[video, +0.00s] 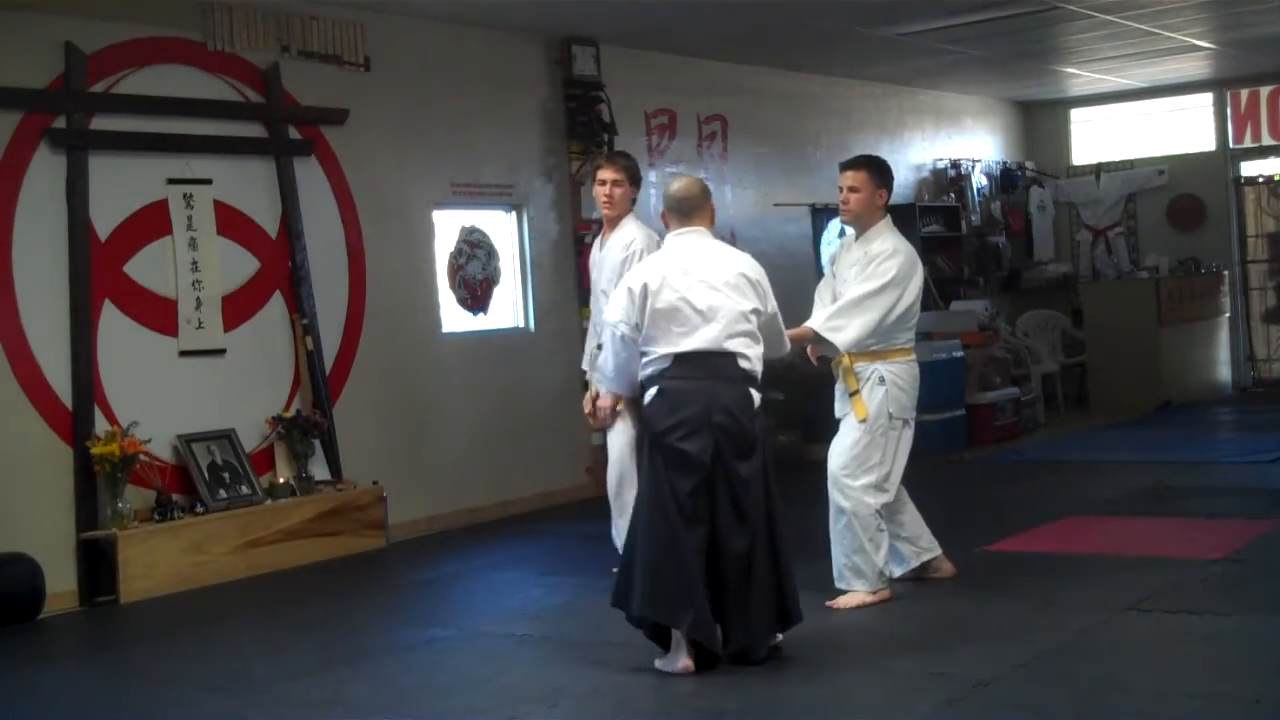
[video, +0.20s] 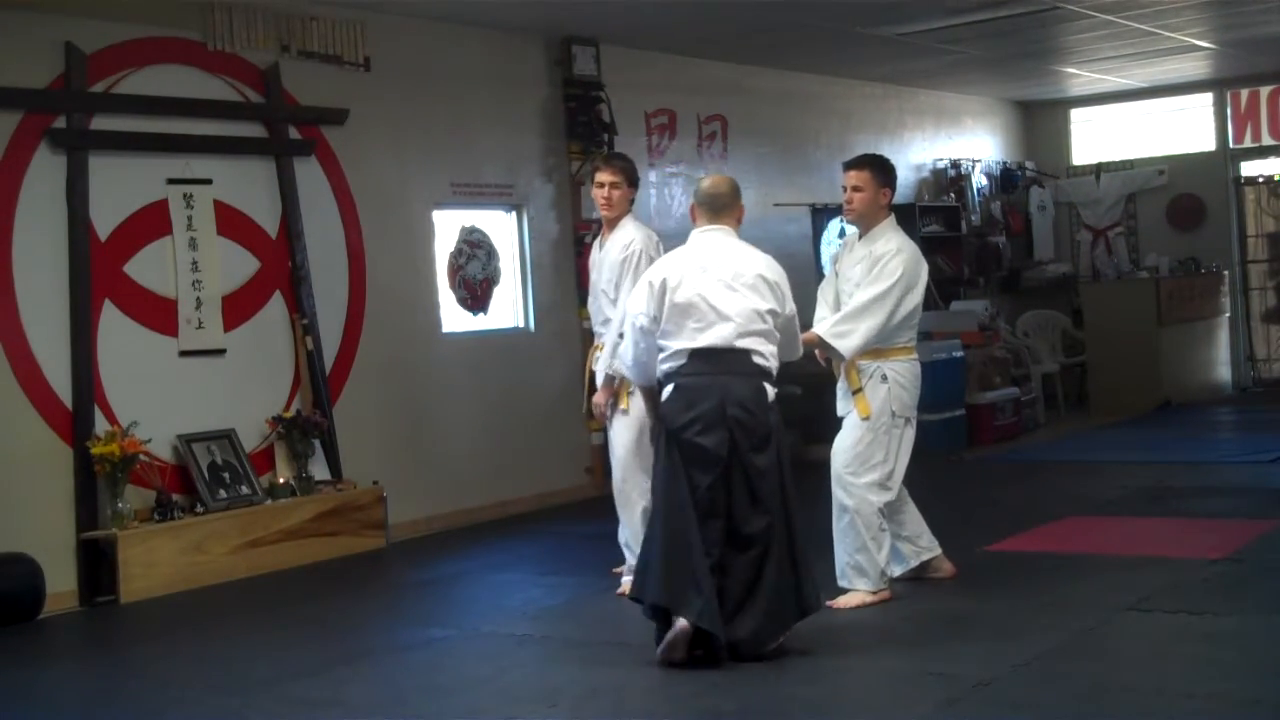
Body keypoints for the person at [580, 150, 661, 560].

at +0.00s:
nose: (607, 192)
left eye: (617, 184)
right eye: (601, 183)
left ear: (633, 191)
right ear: (592, 190)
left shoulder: (639, 240)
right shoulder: (602, 239)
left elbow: (634, 322)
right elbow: (597, 315)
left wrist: (614, 386)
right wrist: (591, 379)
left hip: (634, 379)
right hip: (612, 377)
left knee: (627, 476)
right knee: (621, 475)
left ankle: (635, 562)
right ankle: (628, 558)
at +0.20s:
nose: (605, 194)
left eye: (615, 186)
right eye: (599, 186)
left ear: (632, 193)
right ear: (591, 192)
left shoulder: (637, 242)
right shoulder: (602, 241)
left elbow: (633, 321)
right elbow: (604, 312)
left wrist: (608, 382)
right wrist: (597, 362)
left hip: (634, 369)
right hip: (611, 364)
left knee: (632, 471)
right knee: (624, 469)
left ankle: (640, 565)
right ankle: (634, 553)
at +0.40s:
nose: (607, 195)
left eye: (616, 187)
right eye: (600, 187)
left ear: (631, 193)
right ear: (590, 193)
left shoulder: (644, 242)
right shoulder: (597, 243)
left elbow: (642, 320)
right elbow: (599, 313)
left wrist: (618, 382)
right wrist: (592, 370)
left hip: (635, 367)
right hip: (606, 363)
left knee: (635, 468)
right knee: (623, 466)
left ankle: (642, 566)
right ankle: (638, 551)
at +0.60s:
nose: (610, 195)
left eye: (618, 188)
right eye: (602, 188)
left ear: (632, 193)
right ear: (591, 193)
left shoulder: (647, 244)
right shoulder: (592, 247)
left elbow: (646, 321)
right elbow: (590, 320)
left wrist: (624, 382)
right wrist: (586, 382)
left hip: (639, 363)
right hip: (604, 364)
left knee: (632, 466)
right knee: (623, 466)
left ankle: (641, 565)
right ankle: (656, 548)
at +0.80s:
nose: (614, 196)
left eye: (622, 189)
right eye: (606, 188)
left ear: (633, 194)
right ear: (593, 193)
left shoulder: (648, 245)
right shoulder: (584, 252)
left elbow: (651, 323)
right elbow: (576, 322)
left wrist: (623, 379)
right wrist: (574, 383)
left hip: (639, 368)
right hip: (599, 370)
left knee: (629, 463)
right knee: (616, 466)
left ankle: (640, 566)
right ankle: (652, 549)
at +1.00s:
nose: (610, 194)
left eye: (619, 187)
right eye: (602, 186)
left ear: (629, 193)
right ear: (589, 190)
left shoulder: (645, 243)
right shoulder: (575, 250)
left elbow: (646, 316)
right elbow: (567, 314)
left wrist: (623, 375)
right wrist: (569, 372)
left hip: (635, 370)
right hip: (590, 369)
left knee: (628, 467)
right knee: (588, 463)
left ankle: (640, 567)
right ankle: (632, 544)